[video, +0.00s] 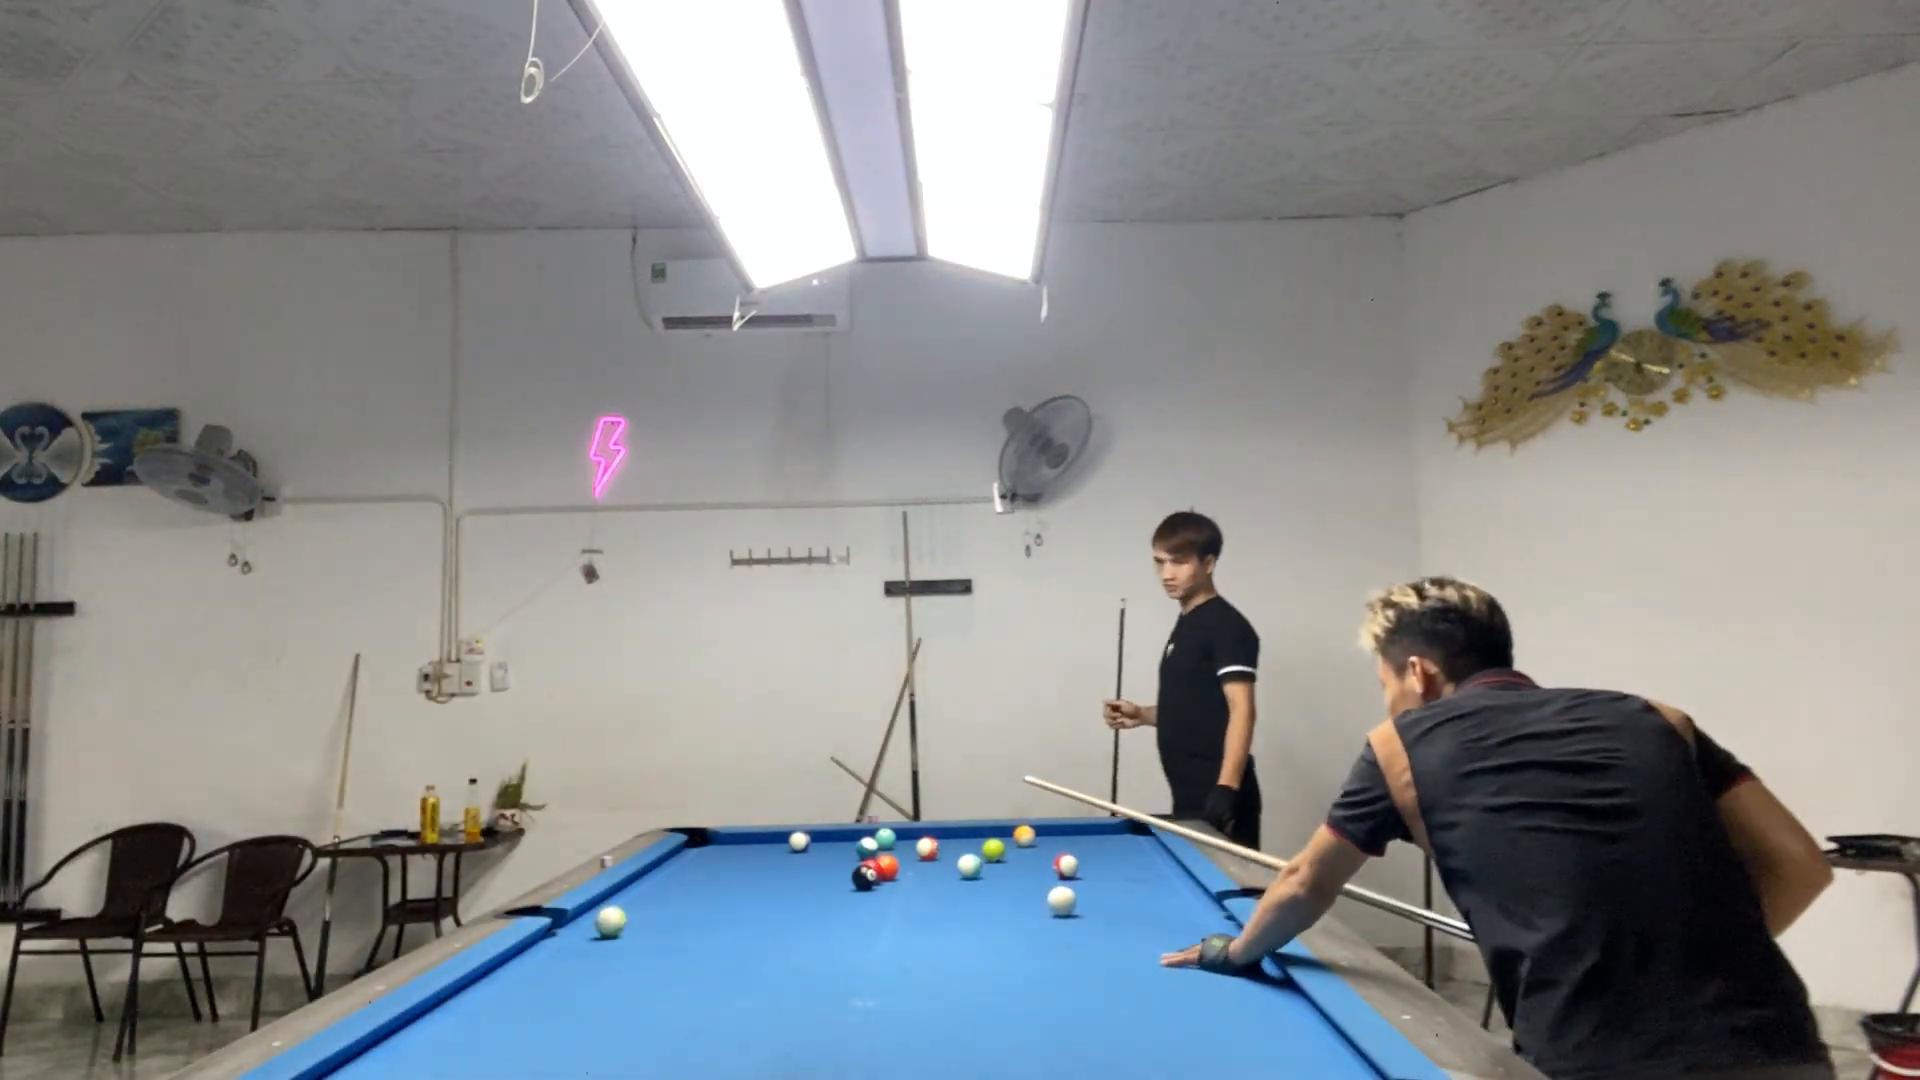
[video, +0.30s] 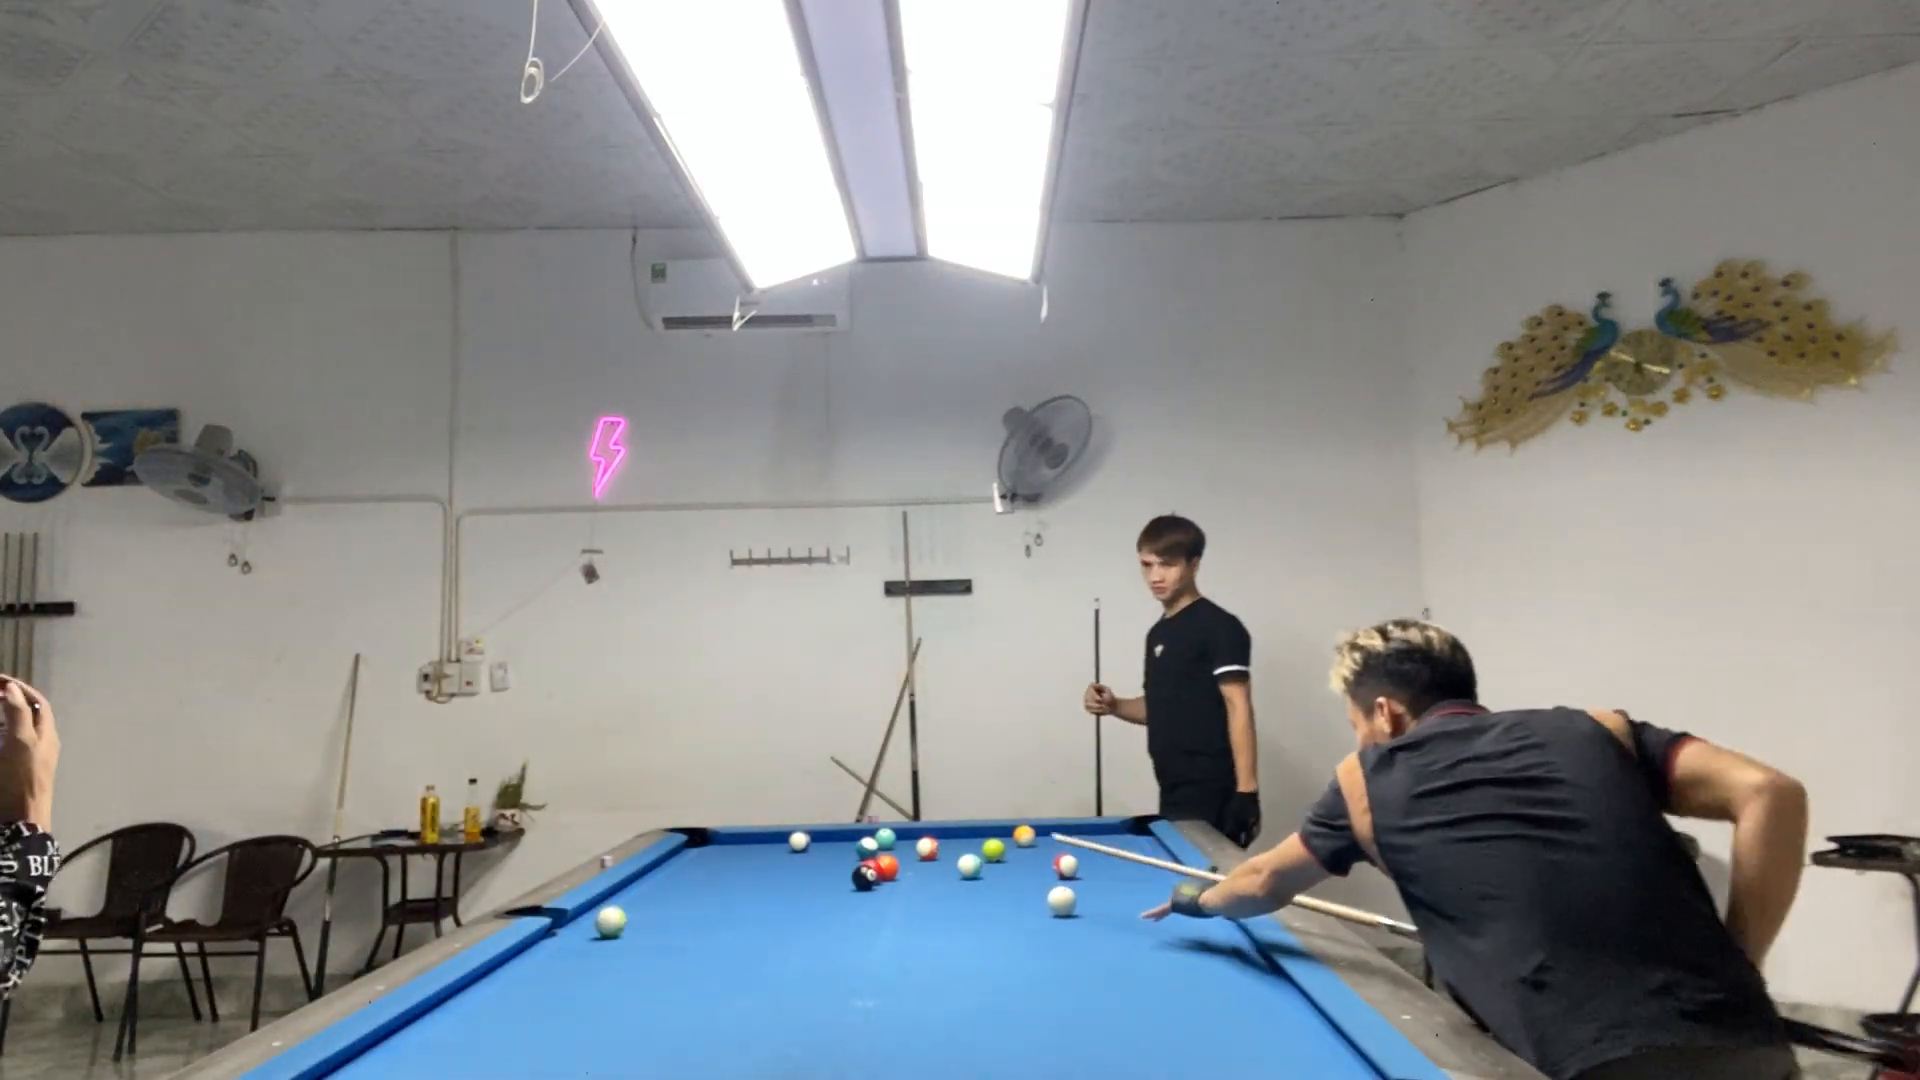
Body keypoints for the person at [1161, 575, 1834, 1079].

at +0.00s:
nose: (1383, 704)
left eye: (1383, 685)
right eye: (1381, 686)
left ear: (1419, 674)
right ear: (1507, 666)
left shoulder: (1402, 747)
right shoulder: (1653, 717)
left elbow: (1304, 885)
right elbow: (1799, 866)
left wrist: (1241, 952)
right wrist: (1698, 950)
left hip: (1600, 1057)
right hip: (1776, 1050)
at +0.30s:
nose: (1354, 740)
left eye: (1353, 721)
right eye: (1351, 722)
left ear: (1384, 715)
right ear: (1465, 700)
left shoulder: (1369, 779)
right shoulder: (1595, 726)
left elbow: (1264, 880)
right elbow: (1771, 795)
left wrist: (1209, 897)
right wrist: (1736, 966)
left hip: (1605, 1058)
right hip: (1751, 1045)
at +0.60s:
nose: (1332, 804)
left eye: (1330, 790)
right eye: (1326, 793)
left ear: (1360, 773)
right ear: (1433, 744)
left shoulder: (1350, 831)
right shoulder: (1543, 742)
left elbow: (1250, 919)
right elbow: (1699, 707)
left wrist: (1179, 927)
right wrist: (1813, 868)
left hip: (1610, 1058)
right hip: (1749, 1041)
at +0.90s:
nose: (1329, 820)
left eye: (1325, 809)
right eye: (1324, 811)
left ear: (1350, 795)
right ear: (1423, 763)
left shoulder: (1349, 842)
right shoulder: (1535, 753)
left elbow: (1244, 928)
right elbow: (1679, 707)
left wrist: (1171, 925)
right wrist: (1763, 877)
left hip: (1610, 1052)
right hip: (1743, 1032)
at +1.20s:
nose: (1331, 826)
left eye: (1326, 816)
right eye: (1326, 818)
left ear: (1352, 800)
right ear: (1426, 766)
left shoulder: (1351, 846)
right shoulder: (1536, 758)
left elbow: (1242, 931)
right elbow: (1679, 712)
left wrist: (1172, 924)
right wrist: (1754, 884)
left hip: (1610, 1055)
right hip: (1744, 1035)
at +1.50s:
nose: (1330, 829)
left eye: (1326, 818)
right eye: (1326, 821)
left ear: (1348, 803)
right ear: (1427, 772)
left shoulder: (1352, 847)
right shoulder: (1537, 762)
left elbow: (1243, 933)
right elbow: (1679, 716)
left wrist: (1175, 923)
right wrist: (1749, 885)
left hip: (1611, 1055)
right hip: (1745, 1036)